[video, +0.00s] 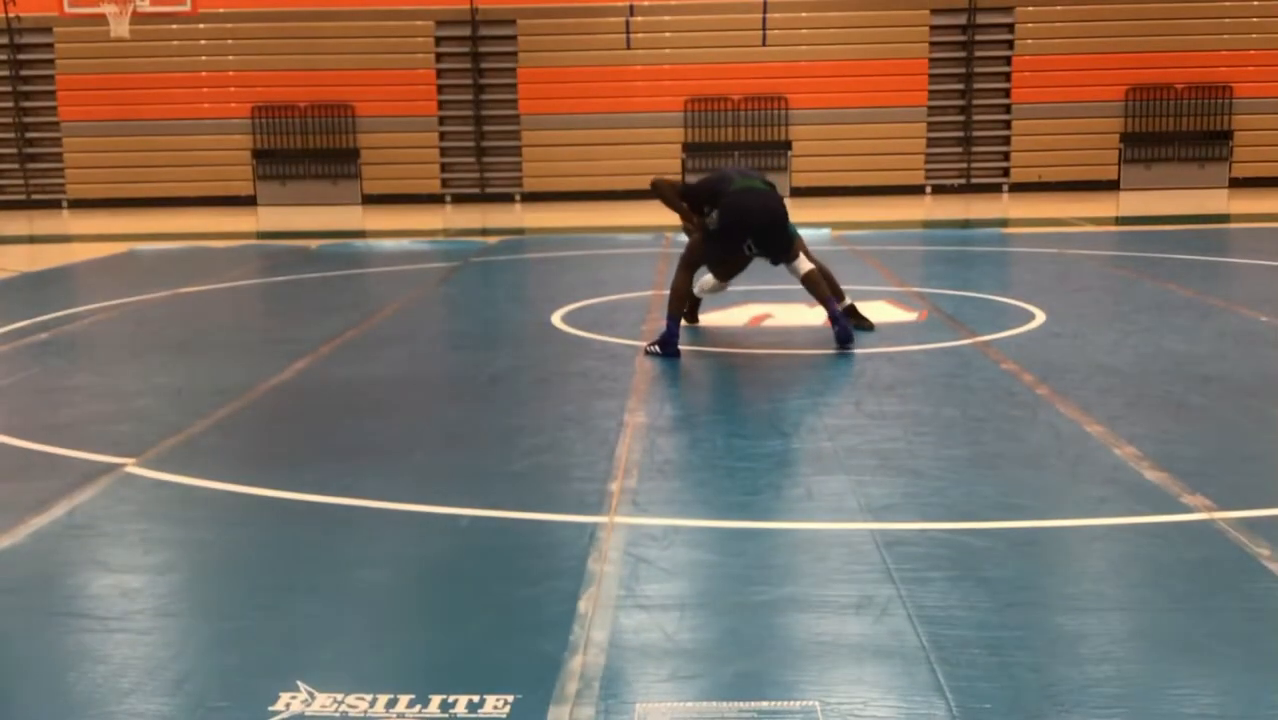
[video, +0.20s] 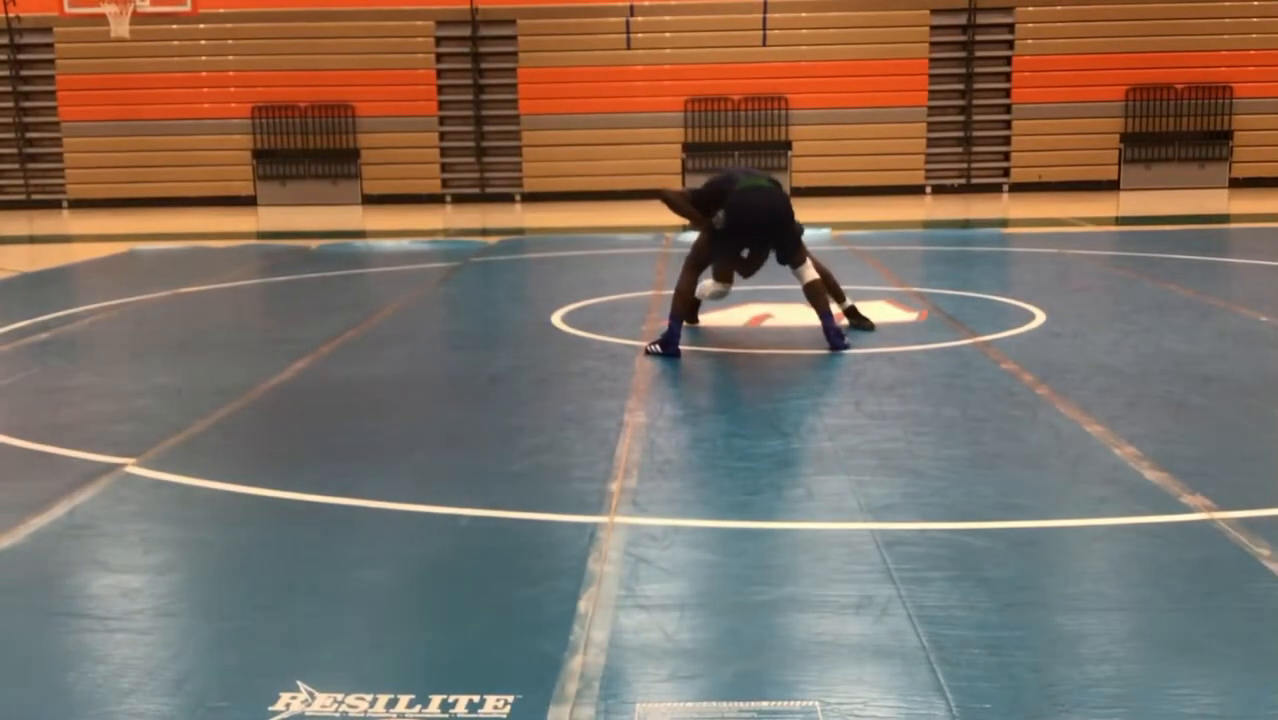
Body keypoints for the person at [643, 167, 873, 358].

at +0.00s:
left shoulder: (704, 191)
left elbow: (658, 184)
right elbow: (811, 262)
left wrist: (684, 215)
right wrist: (844, 306)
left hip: (731, 212)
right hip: (770, 209)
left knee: (685, 268)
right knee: (800, 265)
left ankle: (669, 339)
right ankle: (840, 321)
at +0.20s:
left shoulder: (714, 193)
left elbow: (667, 196)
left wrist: (705, 226)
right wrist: (848, 309)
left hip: (737, 205)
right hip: (776, 205)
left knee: (691, 269)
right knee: (804, 270)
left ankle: (670, 339)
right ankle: (833, 333)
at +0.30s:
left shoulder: (715, 189)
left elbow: (669, 197)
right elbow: (752, 264)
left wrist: (705, 225)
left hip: (736, 207)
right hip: (776, 206)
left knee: (692, 270)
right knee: (805, 270)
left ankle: (670, 340)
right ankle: (834, 332)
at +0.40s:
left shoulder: (711, 190)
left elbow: (668, 194)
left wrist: (702, 219)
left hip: (735, 206)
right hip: (775, 203)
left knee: (691, 269)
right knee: (803, 270)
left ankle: (670, 339)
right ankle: (834, 333)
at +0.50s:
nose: (753, 262)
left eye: (753, 259)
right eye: (752, 258)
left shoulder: (710, 186)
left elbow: (671, 189)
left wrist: (702, 213)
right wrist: (844, 306)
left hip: (735, 206)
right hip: (774, 203)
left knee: (691, 270)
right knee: (804, 269)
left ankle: (670, 339)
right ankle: (834, 333)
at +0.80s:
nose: (753, 267)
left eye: (753, 264)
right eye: (752, 264)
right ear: (756, 243)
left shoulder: (707, 187)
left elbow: (670, 194)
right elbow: (814, 263)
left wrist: (702, 221)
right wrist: (848, 306)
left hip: (735, 208)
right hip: (774, 203)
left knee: (689, 270)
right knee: (804, 270)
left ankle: (670, 339)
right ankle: (835, 334)